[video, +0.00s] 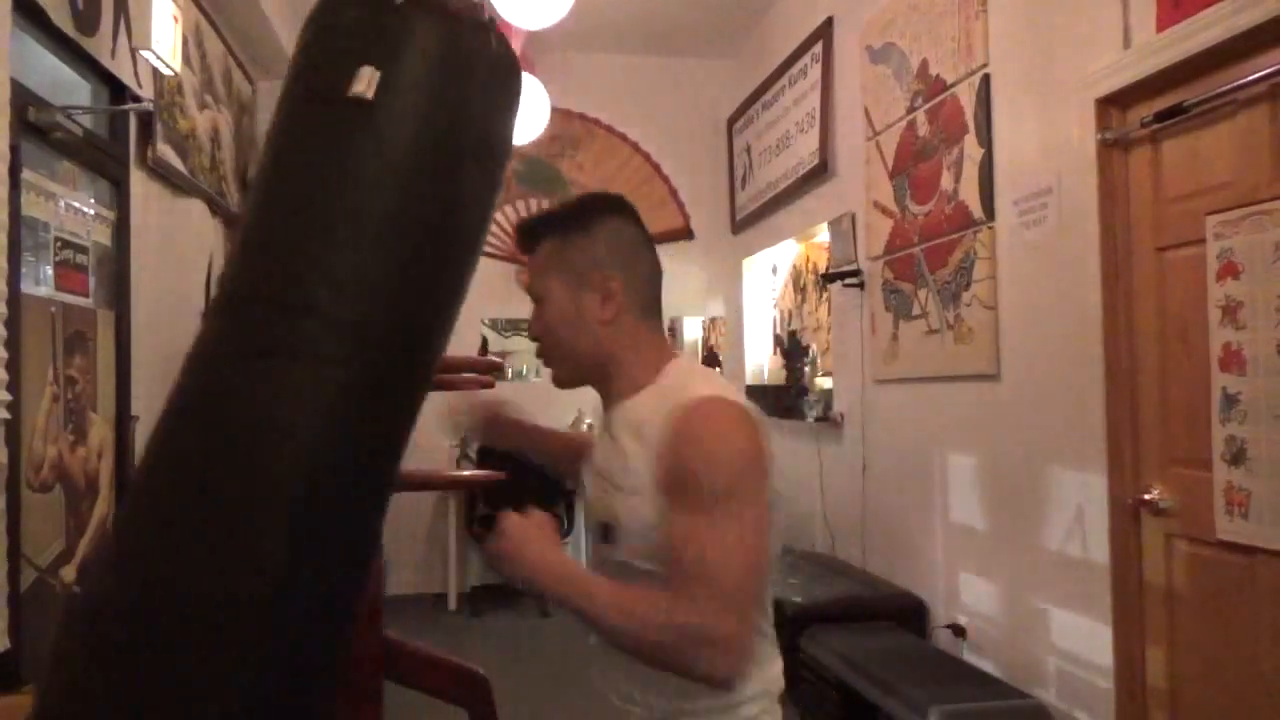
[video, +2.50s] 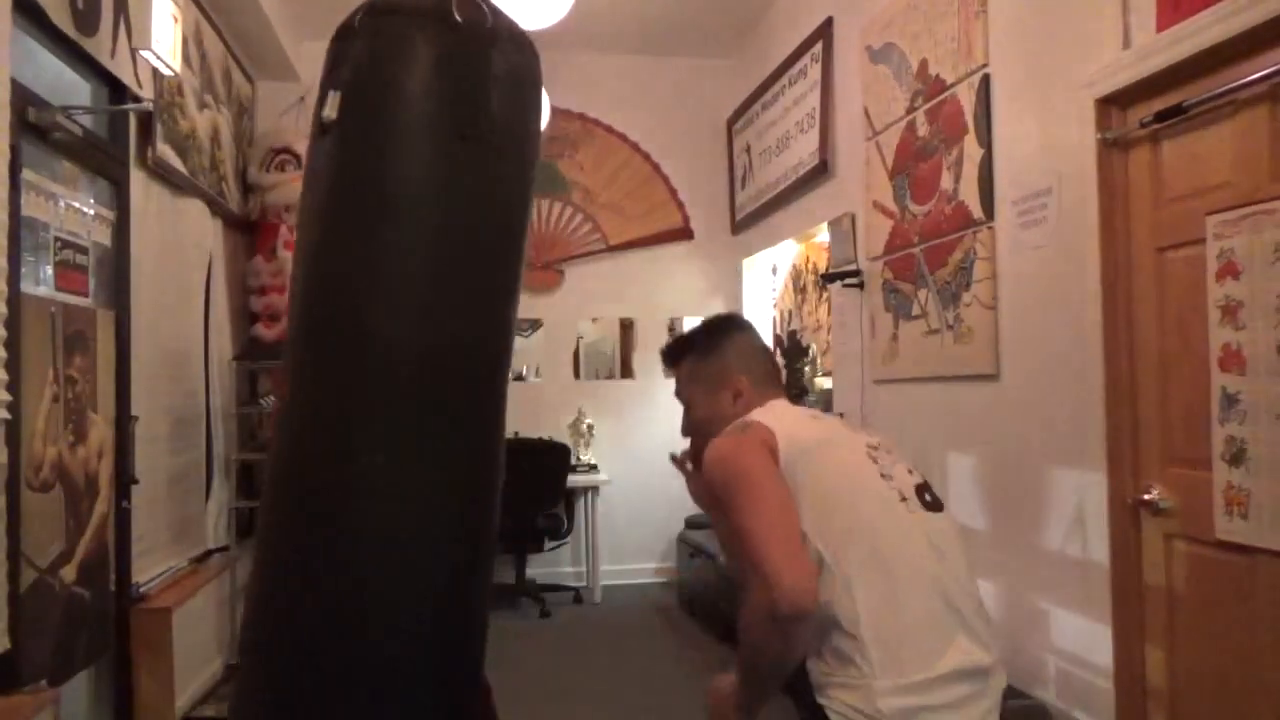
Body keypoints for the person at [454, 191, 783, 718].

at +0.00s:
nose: (531, 327)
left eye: (539, 301)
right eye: (533, 304)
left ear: (605, 299)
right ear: (604, 302)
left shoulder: (710, 425)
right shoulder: (628, 408)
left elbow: (717, 649)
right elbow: (618, 472)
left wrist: (551, 569)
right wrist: (526, 441)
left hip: (718, 706)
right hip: (634, 694)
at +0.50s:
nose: (486, 349)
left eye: (482, 326)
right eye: (475, 329)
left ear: (532, 298)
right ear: (536, 297)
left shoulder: (611, 355)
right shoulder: (575, 378)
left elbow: (584, 548)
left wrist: (463, 445)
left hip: (652, 696)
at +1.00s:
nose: (583, 329)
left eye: (589, 308)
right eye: (581, 311)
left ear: (639, 284)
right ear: (645, 283)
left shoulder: (671, 342)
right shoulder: (734, 339)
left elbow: (599, 529)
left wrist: (559, 407)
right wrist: (593, 386)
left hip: (702, 690)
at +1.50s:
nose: (706, 313)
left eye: (710, 294)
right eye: (703, 297)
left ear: (765, 278)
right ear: (771, 280)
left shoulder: (805, 351)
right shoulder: (836, 337)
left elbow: (762, 530)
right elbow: (719, 479)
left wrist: (624, 458)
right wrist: (705, 359)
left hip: (841, 683)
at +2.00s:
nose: (597, 423)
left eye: (603, 393)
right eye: (595, 396)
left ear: (664, 380)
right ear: (662, 381)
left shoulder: (797, 470)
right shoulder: (714, 478)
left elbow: (792, 690)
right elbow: (660, 638)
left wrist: (631, 578)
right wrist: (606, 504)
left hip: (900, 708)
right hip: (824, 700)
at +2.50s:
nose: (683, 428)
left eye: (687, 404)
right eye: (682, 406)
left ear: (736, 393)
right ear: (759, 389)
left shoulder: (738, 444)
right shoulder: (842, 431)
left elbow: (789, 598)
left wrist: (745, 696)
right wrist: (720, 509)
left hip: (883, 707)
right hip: (977, 698)